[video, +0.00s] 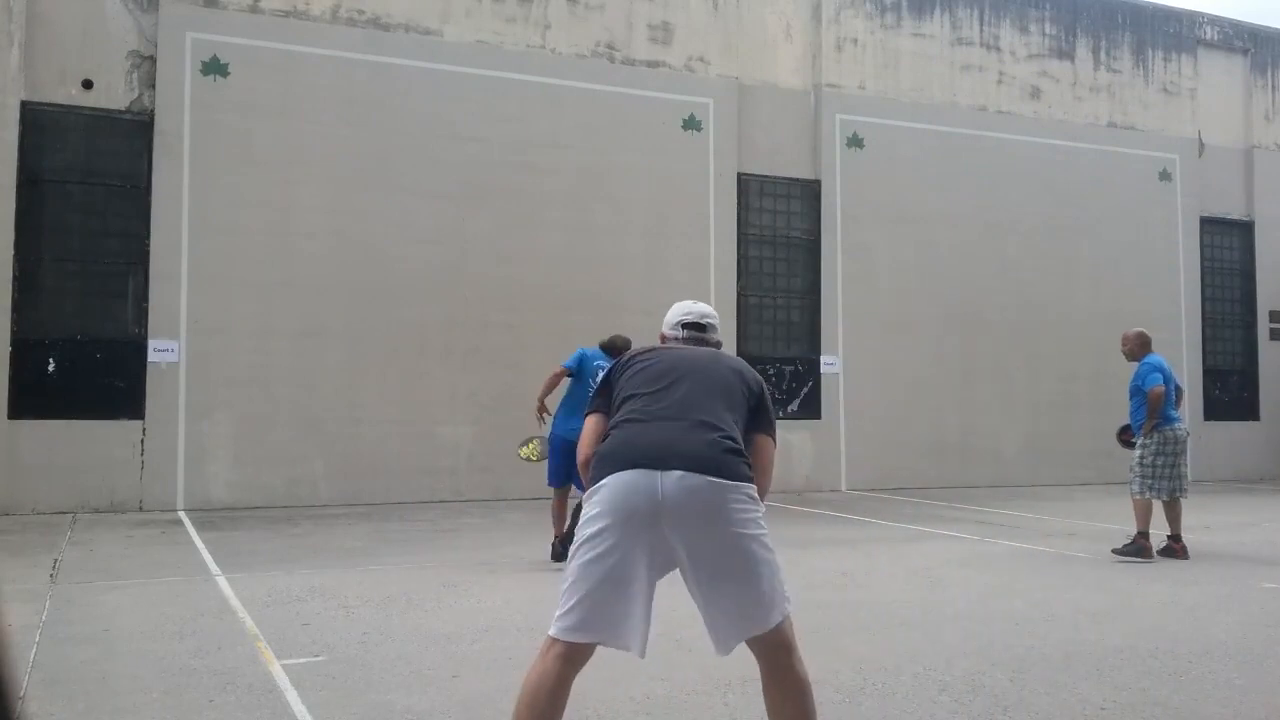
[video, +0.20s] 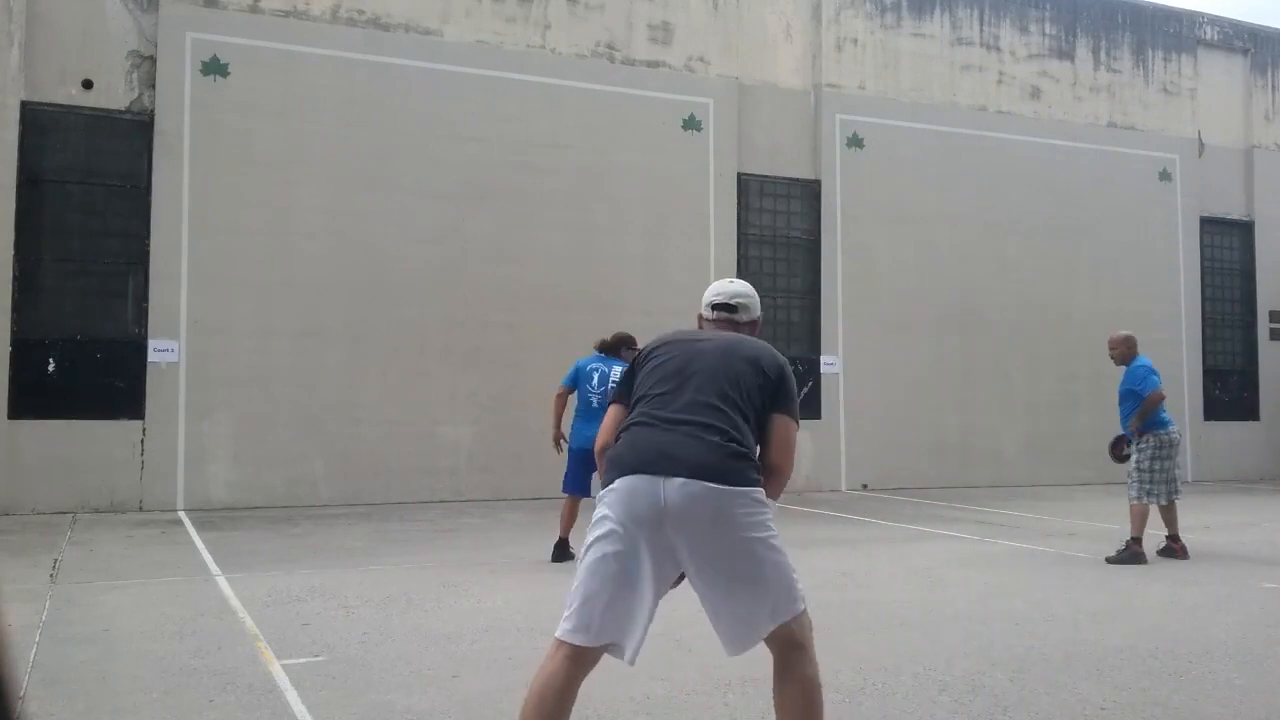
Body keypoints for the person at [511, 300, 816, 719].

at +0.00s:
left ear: (664, 337)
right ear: (718, 341)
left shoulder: (629, 361)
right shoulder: (747, 374)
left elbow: (586, 452)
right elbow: (759, 476)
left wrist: (606, 508)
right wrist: (734, 531)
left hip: (621, 481)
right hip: (718, 485)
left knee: (563, 650)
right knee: (776, 650)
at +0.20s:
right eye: (758, 326)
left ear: (700, 320)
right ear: (755, 327)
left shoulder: (653, 348)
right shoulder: (770, 360)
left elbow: (604, 443)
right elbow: (777, 468)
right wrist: (722, 539)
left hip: (630, 483)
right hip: (722, 488)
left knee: (571, 649)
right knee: (791, 644)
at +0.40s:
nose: (822, 304)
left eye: (822, 295)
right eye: (820, 295)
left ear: (760, 296)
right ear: (808, 296)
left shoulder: (704, 328)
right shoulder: (814, 339)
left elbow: (638, 398)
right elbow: (832, 434)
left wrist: (613, 487)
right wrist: (816, 498)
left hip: (669, 474)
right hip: (754, 479)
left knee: (623, 635)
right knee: (812, 640)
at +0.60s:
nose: (834, 294)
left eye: (832, 285)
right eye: (831, 285)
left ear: (775, 290)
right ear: (821, 288)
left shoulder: (722, 321)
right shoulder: (833, 338)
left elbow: (666, 381)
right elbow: (877, 434)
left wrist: (618, 455)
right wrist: (853, 498)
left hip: (692, 467)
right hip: (772, 468)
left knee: (697, 613)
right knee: (802, 636)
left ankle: (707, 715)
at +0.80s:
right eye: (790, 294)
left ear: (739, 297)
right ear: (788, 298)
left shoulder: (709, 342)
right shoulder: (811, 342)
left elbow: (658, 412)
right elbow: (867, 415)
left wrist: (619, 484)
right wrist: (869, 481)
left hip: (716, 483)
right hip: (787, 477)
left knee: (752, 615)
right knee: (820, 624)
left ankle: (799, 714)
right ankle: (830, 715)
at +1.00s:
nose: (700, 306)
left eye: (699, 300)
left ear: (700, 302)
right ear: (744, 301)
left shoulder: (680, 348)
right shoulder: (772, 334)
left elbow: (642, 426)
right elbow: (814, 376)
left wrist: (656, 449)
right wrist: (853, 443)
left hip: (716, 478)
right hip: (778, 469)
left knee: (746, 611)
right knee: (797, 577)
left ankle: (799, 711)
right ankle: (816, 684)